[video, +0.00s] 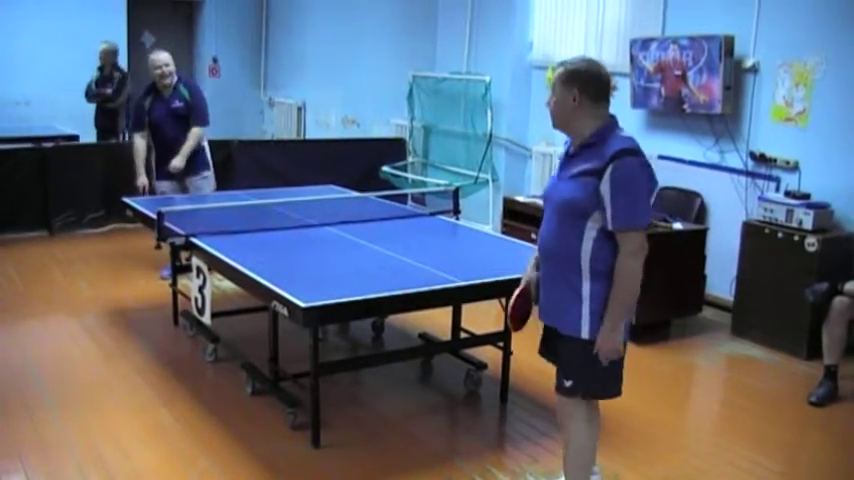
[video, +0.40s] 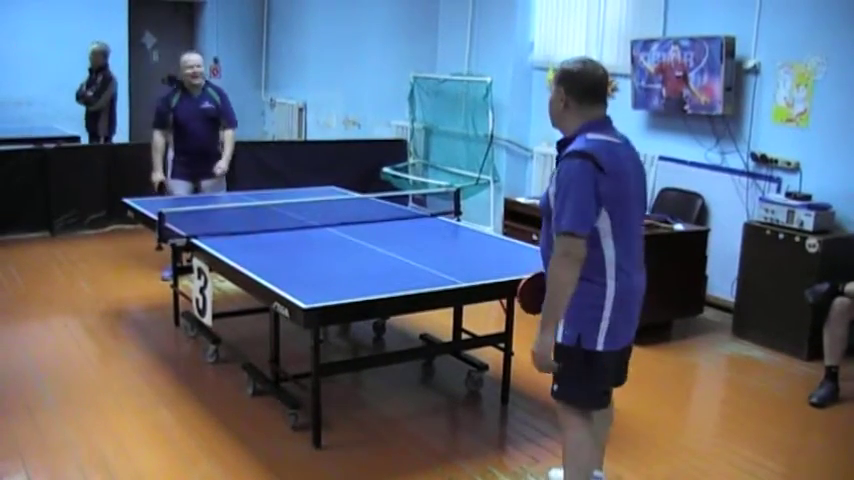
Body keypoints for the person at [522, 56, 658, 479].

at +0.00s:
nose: (548, 103)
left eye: (553, 95)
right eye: (550, 94)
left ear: (576, 99)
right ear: (580, 99)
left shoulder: (623, 161)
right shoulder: (577, 150)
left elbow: (633, 250)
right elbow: (561, 227)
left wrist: (613, 327)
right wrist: (533, 276)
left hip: (590, 316)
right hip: (564, 307)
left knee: (573, 406)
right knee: (575, 401)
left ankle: (575, 474)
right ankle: (582, 469)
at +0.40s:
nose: (548, 102)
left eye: (550, 93)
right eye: (550, 93)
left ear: (562, 98)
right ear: (601, 98)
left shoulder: (580, 160)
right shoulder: (619, 148)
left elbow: (569, 253)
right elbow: (612, 237)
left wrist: (546, 330)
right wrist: (560, 277)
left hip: (591, 310)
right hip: (618, 304)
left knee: (572, 407)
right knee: (598, 399)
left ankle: (576, 477)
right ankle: (590, 470)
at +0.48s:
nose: (550, 101)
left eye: (553, 93)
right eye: (551, 93)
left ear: (562, 97)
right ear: (603, 97)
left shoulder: (578, 158)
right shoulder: (624, 149)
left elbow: (563, 250)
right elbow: (627, 232)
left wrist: (538, 328)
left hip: (588, 311)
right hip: (622, 306)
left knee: (575, 410)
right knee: (603, 397)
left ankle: (578, 476)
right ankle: (599, 472)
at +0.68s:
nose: (556, 102)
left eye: (558, 94)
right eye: (557, 93)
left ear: (568, 97)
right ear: (608, 98)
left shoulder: (578, 154)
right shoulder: (630, 150)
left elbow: (569, 244)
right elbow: (625, 234)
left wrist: (546, 317)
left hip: (587, 314)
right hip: (626, 309)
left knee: (563, 402)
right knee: (611, 394)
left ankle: (571, 475)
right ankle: (610, 475)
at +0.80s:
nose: (556, 103)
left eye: (558, 95)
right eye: (557, 94)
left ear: (567, 98)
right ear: (606, 99)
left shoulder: (578, 154)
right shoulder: (628, 150)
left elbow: (582, 243)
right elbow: (632, 232)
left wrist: (566, 317)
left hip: (590, 310)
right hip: (628, 308)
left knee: (540, 393)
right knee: (613, 392)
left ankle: (557, 476)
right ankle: (611, 476)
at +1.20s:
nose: (524, 112)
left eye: (524, 104)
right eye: (525, 105)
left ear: (531, 106)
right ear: (572, 104)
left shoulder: (536, 160)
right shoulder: (609, 153)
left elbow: (545, 245)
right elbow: (628, 226)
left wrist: (556, 322)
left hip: (571, 314)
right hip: (619, 308)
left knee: (529, 402)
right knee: (608, 391)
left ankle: (517, 475)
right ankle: (611, 475)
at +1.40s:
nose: (520, 112)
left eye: (521, 106)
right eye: (521, 106)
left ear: (527, 106)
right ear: (568, 107)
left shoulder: (530, 157)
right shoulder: (605, 156)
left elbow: (504, 248)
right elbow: (621, 229)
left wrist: (480, 324)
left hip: (560, 303)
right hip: (614, 299)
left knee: (522, 396)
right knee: (610, 383)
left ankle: (513, 475)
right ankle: (621, 473)